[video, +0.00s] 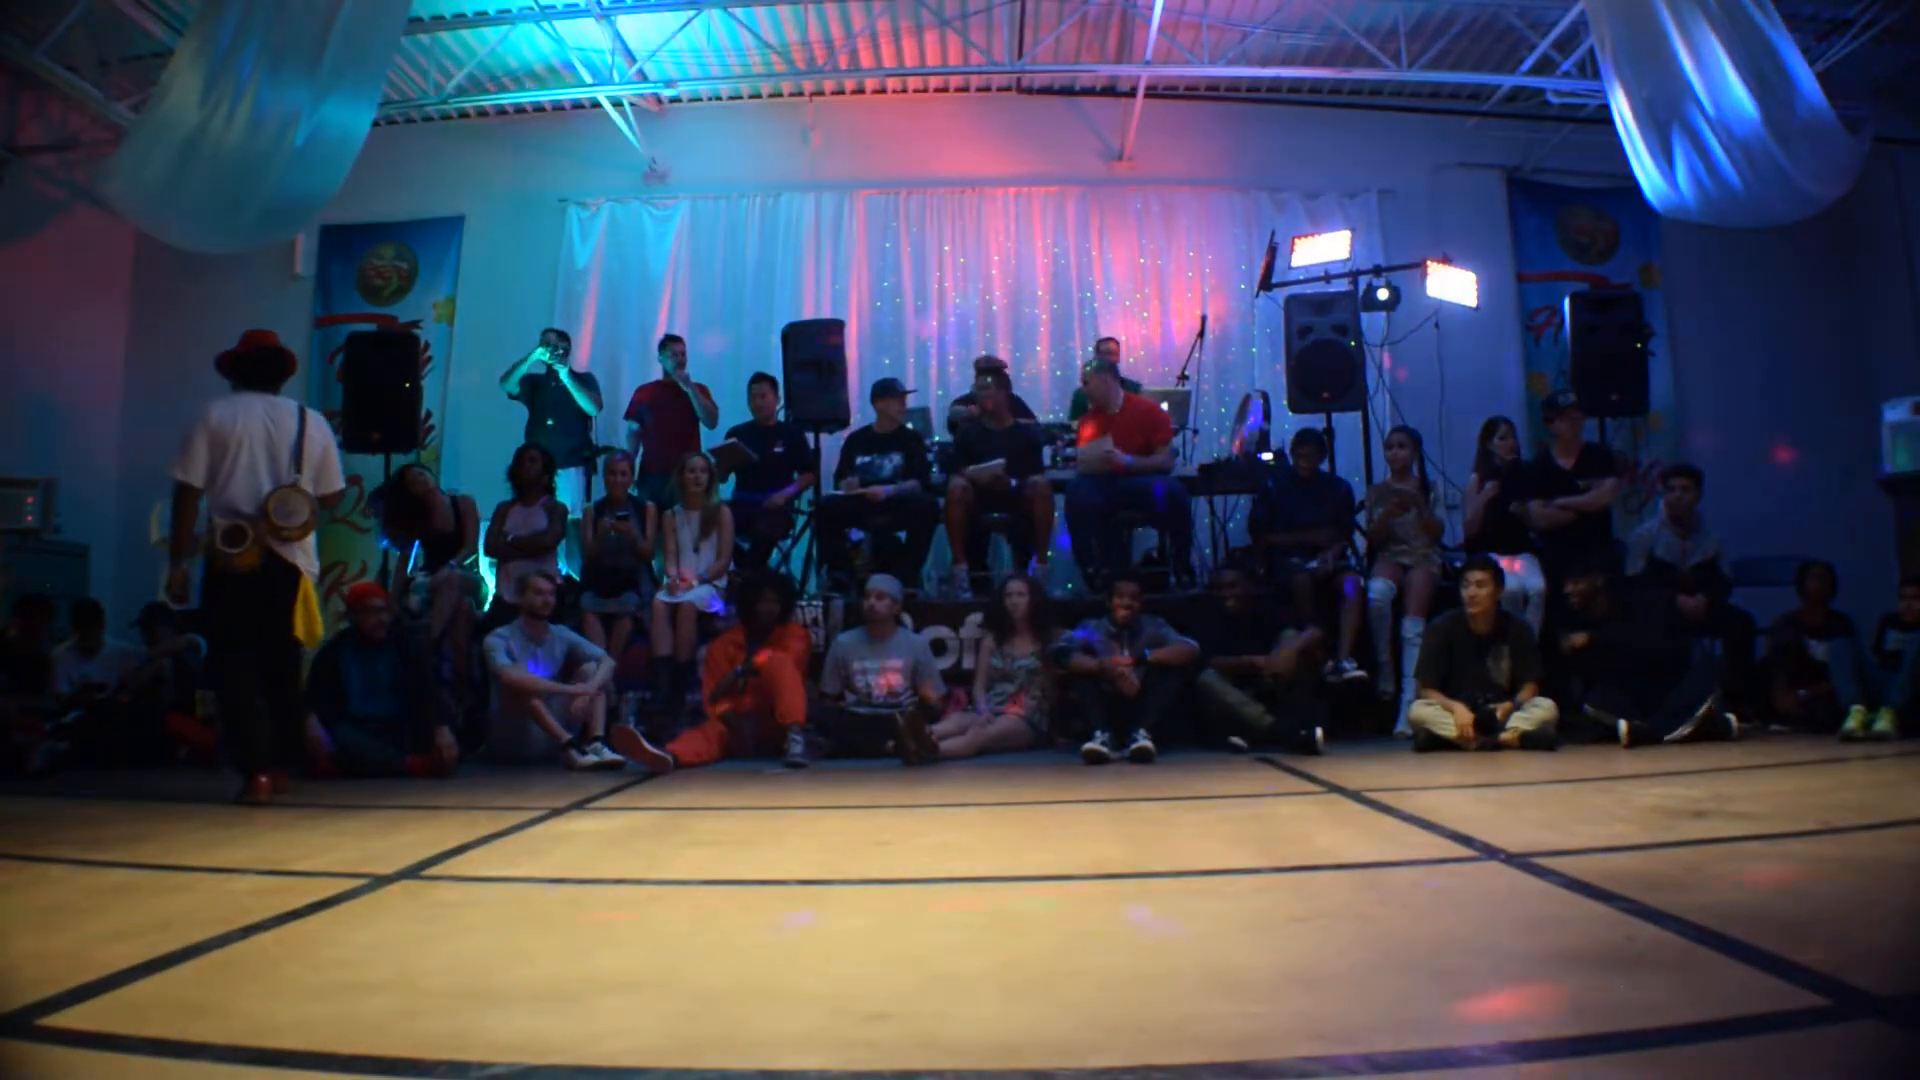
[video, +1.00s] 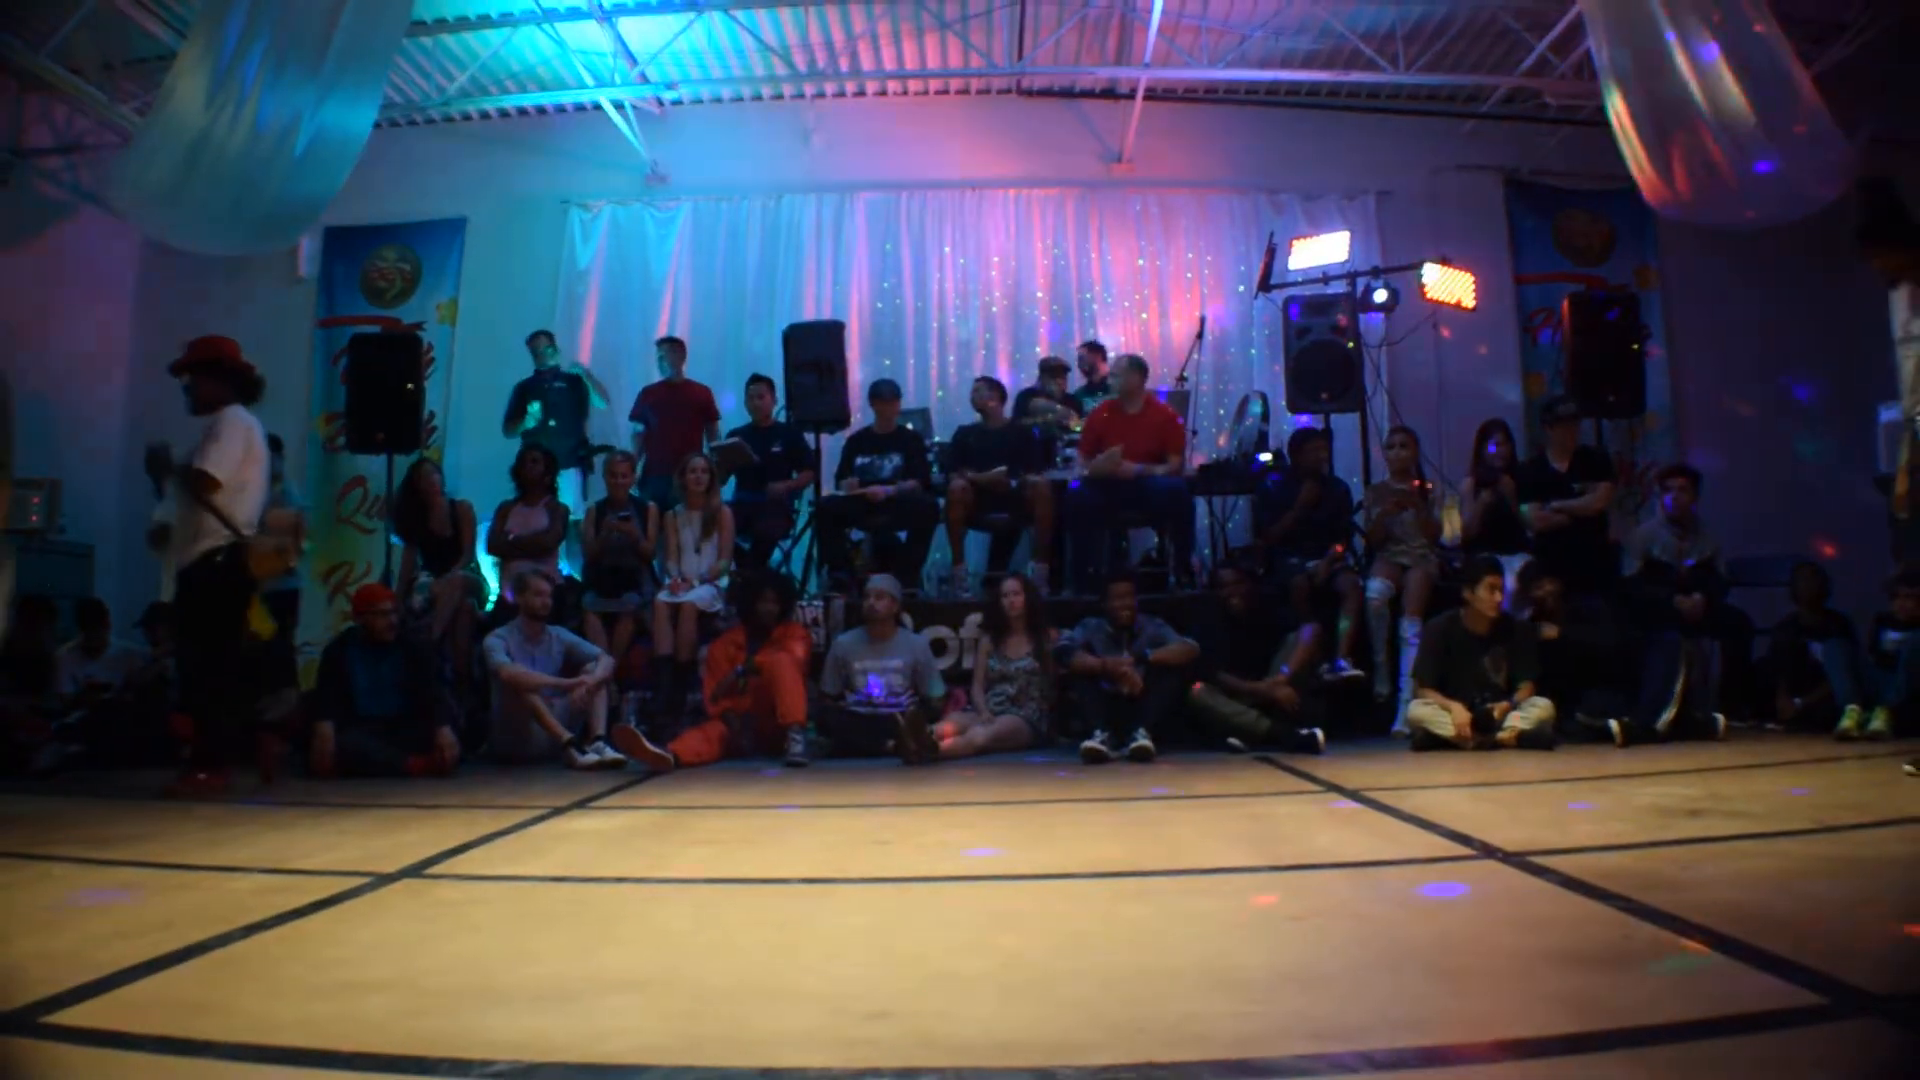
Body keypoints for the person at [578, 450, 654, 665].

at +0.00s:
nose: (617, 480)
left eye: (623, 474)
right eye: (612, 474)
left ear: (631, 477)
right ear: (604, 477)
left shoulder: (646, 509)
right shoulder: (592, 511)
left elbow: (647, 551)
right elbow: (588, 553)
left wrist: (629, 533)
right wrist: (601, 534)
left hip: (631, 572)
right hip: (599, 572)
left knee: (625, 611)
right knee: (589, 609)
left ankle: (609, 670)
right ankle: (601, 670)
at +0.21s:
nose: (617, 480)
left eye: (623, 475)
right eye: (612, 474)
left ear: (632, 478)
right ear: (604, 477)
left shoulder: (646, 509)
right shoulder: (592, 511)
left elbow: (647, 551)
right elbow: (588, 552)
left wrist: (630, 533)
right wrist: (605, 532)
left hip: (631, 578)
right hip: (599, 577)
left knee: (625, 615)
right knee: (589, 615)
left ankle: (607, 674)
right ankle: (603, 676)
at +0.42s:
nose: (617, 480)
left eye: (623, 475)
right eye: (612, 475)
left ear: (631, 477)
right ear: (604, 477)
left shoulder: (646, 509)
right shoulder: (592, 511)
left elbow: (647, 551)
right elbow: (588, 552)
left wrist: (630, 533)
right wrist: (605, 532)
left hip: (632, 573)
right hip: (600, 573)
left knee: (626, 608)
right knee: (589, 607)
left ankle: (609, 670)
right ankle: (602, 672)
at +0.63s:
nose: (617, 480)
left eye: (623, 475)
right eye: (611, 475)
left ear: (631, 477)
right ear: (603, 477)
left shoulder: (646, 509)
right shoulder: (591, 510)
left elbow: (647, 551)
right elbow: (587, 552)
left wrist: (630, 533)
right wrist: (604, 533)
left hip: (631, 573)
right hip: (599, 573)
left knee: (626, 608)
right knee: (589, 607)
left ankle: (610, 671)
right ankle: (601, 672)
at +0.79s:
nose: (617, 481)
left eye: (623, 475)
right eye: (611, 475)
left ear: (631, 477)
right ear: (603, 477)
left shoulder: (646, 509)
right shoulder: (591, 510)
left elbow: (647, 551)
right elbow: (587, 552)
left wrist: (630, 533)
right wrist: (604, 533)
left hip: (632, 575)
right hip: (599, 575)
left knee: (626, 608)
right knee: (589, 608)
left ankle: (609, 672)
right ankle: (601, 675)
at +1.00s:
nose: (619, 481)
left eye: (625, 476)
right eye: (613, 476)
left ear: (633, 477)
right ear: (605, 478)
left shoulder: (647, 509)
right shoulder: (594, 510)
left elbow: (649, 551)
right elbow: (589, 552)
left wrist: (633, 533)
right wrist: (606, 534)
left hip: (634, 575)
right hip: (601, 576)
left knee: (628, 609)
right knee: (590, 608)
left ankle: (610, 669)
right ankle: (603, 670)